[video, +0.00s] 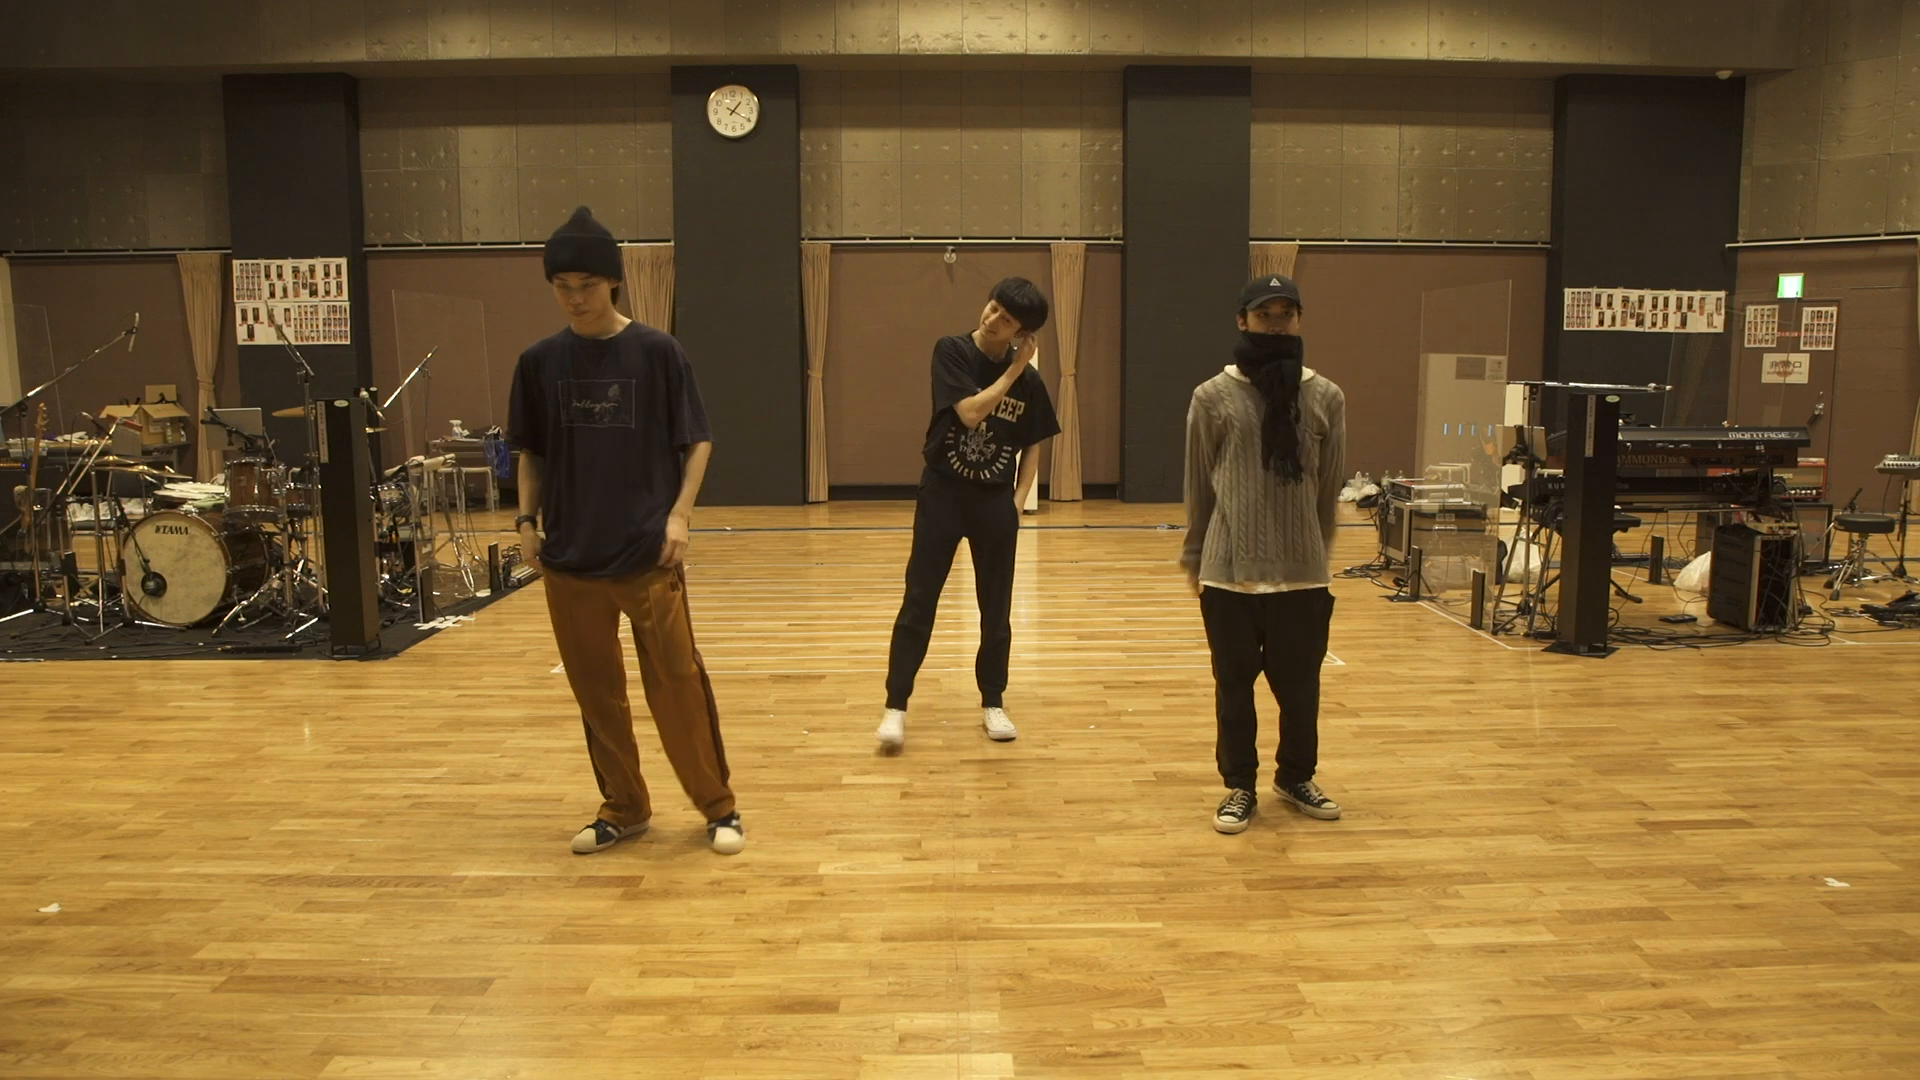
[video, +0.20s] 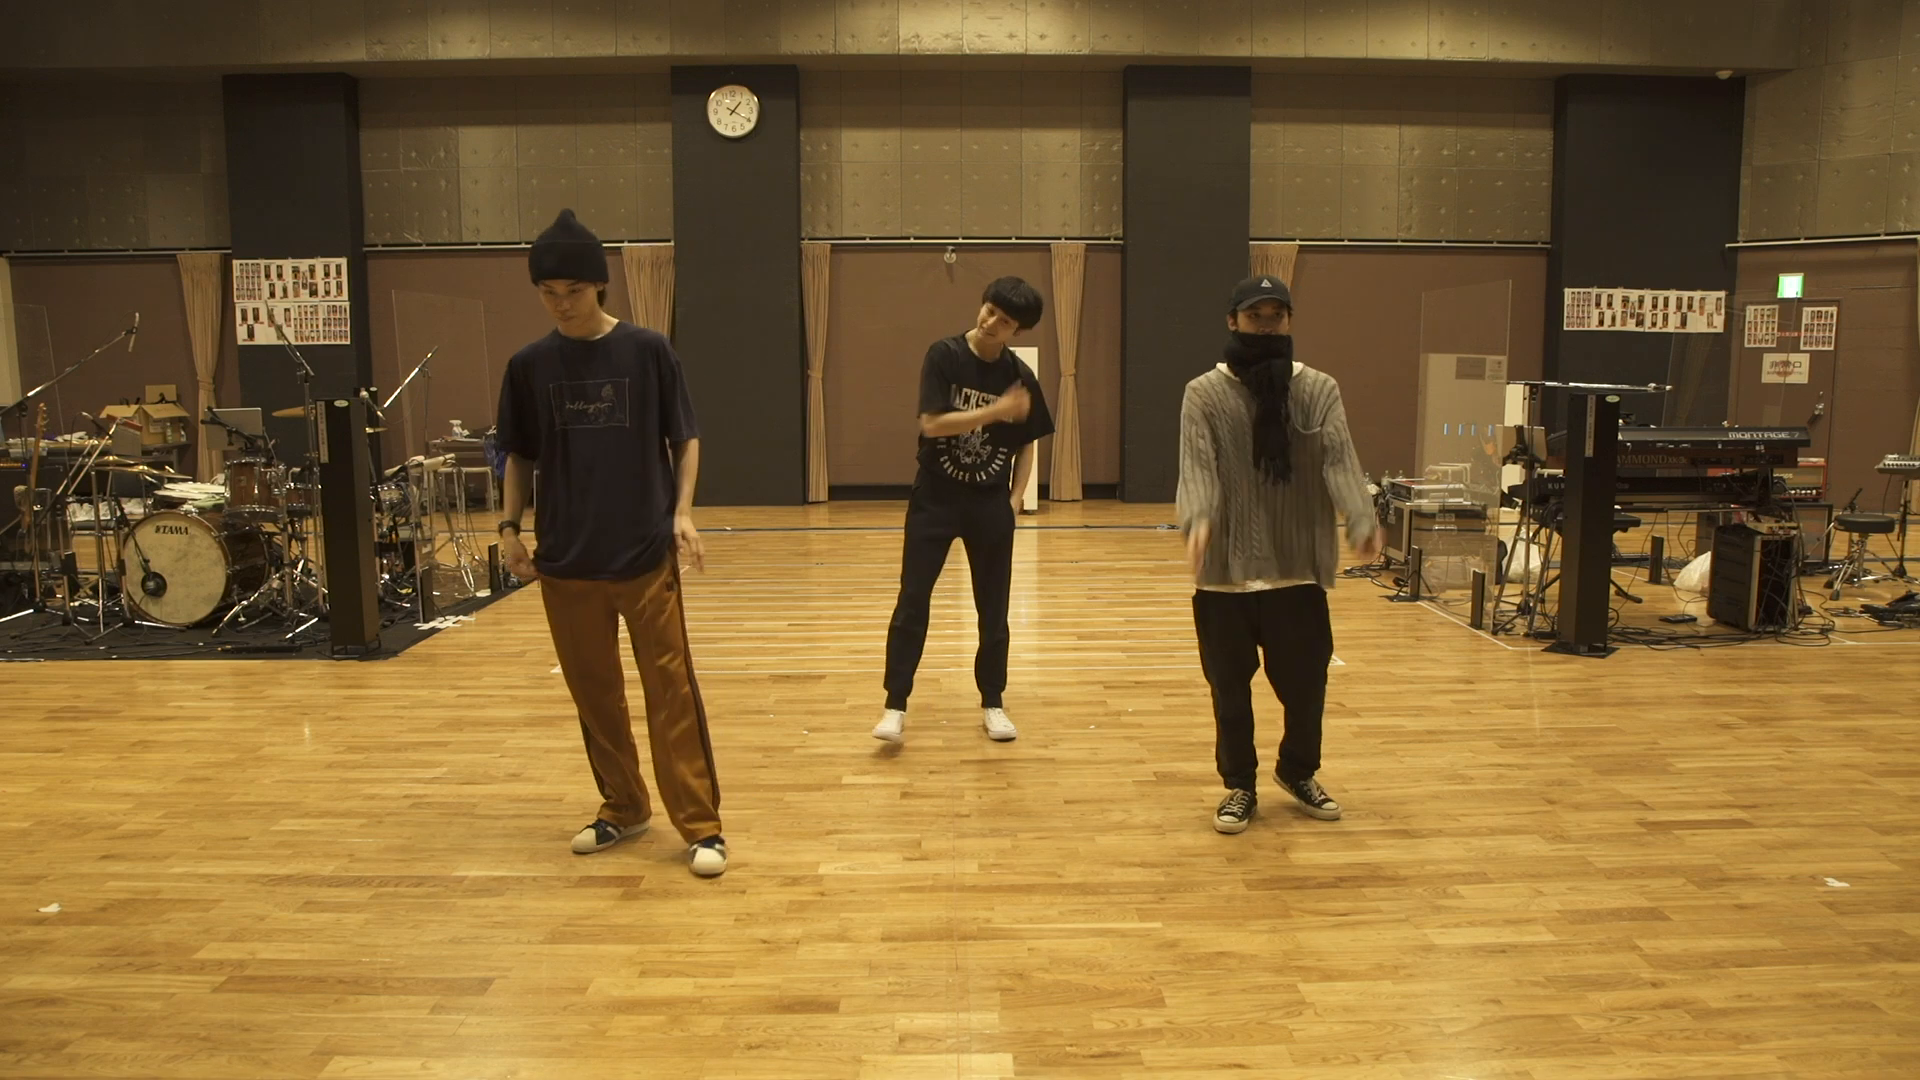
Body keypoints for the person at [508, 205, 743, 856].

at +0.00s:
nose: (576, 297)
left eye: (587, 284)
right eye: (565, 286)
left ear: (613, 280)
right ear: (552, 288)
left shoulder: (658, 354)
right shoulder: (538, 365)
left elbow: (698, 442)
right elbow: (528, 452)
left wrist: (680, 515)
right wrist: (527, 522)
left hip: (647, 552)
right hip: (569, 557)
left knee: (678, 683)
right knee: (596, 693)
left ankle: (719, 807)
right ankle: (624, 809)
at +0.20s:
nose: (561, 302)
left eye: (572, 290)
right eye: (550, 292)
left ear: (599, 283)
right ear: (538, 292)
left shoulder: (650, 352)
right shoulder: (528, 368)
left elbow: (687, 438)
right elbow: (518, 455)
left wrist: (683, 510)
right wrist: (510, 525)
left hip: (646, 555)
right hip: (567, 563)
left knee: (671, 687)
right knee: (594, 694)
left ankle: (702, 827)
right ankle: (623, 811)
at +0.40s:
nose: (556, 304)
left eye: (566, 291)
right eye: (544, 294)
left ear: (592, 285)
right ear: (531, 295)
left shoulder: (642, 351)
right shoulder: (522, 369)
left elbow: (681, 438)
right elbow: (508, 458)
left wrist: (695, 515)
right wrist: (487, 533)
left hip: (647, 547)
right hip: (567, 559)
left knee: (675, 683)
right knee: (594, 691)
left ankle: (707, 825)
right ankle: (623, 809)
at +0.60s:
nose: (554, 305)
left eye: (564, 292)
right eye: (542, 295)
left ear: (592, 284)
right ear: (531, 295)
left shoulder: (642, 352)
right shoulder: (525, 368)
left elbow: (684, 439)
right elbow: (507, 458)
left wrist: (707, 518)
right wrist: (477, 533)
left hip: (647, 548)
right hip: (569, 559)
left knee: (686, 674)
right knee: (593, 689)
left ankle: (732, 814)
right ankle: (625, 808)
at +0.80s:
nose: (565, 304)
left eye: (576, 291)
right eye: (554, 294)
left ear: (602, 285)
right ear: (541, 295)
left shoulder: (650, 353)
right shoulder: (533, 369)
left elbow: (689, 440)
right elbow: (519, 463)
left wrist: (705, 517)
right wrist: (494, 541)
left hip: (653, 551)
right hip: (575, 561)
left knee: (690, 676)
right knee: (595, 691)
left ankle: (734, 814)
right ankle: (624, 810)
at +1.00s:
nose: (587, 302)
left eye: (598, 289)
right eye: (576, 291)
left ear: (625, 284)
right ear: (565, 290)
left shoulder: (670, 355)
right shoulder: (553, 368)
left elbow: (704, 444)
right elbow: (541, 464)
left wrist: (709, 521)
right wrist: (525, 545)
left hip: (662, 553)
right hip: (585, 558)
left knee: (688, 685)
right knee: (600, 693)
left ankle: (720, 804)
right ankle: (624, 809)